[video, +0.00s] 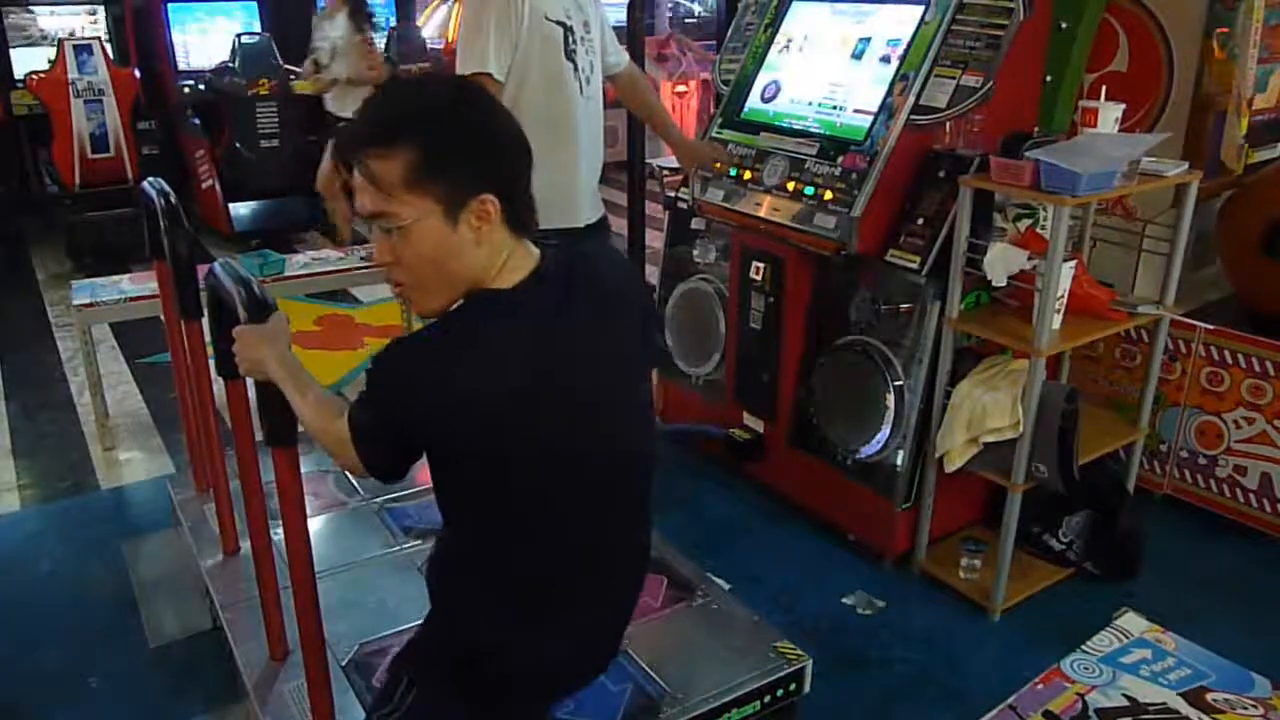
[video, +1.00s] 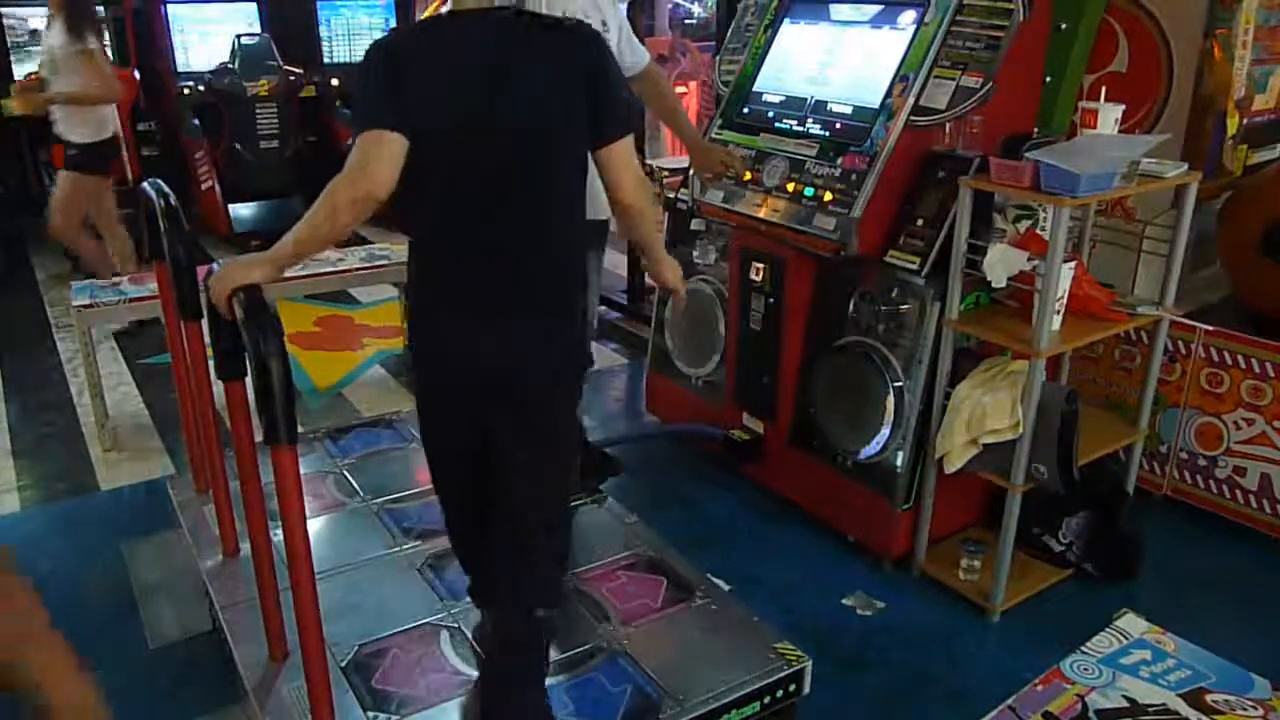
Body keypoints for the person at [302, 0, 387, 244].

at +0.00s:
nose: (326, 1)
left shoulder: (359, 26)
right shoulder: (320, 23)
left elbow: (379, 72)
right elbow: (318, 57)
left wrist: (336, 79)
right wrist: (309, 69)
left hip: (353, 116)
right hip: (330, 113)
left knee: (326, 184)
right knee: (356, 182)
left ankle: (344, 243)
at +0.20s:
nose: (278, 0)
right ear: (275, 1)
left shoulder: (306, 28)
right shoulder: (270, 27)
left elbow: (336, 80)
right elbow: (271, 71)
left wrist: (292, 89)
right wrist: (260, 83)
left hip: (311, 125)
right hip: (290, 124)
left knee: (290, 198)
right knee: (329, 193)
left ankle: (285, 266)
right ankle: (369, 245)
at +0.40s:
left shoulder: (255, 26)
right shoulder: (221, 22)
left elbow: (281, 83)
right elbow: (219, 67)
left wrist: (233, 90)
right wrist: (206, 80)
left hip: (265, 125)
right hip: (235, 124)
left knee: (269, 210)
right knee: (233, 204)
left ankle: (281, 274)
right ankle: (279, 220)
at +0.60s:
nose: (169, 3)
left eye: (173, 0)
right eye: (168, 1)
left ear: (187, 2)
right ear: (168, 4)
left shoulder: (202, 35)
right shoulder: (167, 30)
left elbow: (225, 92)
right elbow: (172, 77)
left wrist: (172, 98)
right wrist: (147, 86)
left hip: (218, 137)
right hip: (187, 136)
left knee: (243, 208)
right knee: (165, 209)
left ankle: (270, 264)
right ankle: (175, 274)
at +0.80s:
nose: (108, 2)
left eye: (113, 1)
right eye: (108, 1)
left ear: (123, 1)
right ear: (109, 5)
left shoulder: (142, 36)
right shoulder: (106, 37)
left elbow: (169, 92)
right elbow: (115, 83)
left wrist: (110, 102)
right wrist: (93, 89)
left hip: (156, 144)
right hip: (122, 143)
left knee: (170, 223)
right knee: (123, 220)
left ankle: (230, 260)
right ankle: (134, 292)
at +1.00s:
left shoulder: (77, 31)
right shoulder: (54, 28)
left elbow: (111, 90)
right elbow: (66, 79)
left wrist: (53, 98)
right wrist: (36, 85)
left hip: (94, 142)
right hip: (78, 141)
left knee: (63, 224)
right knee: (107, 220)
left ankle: (111, 282)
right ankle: (133, 283)